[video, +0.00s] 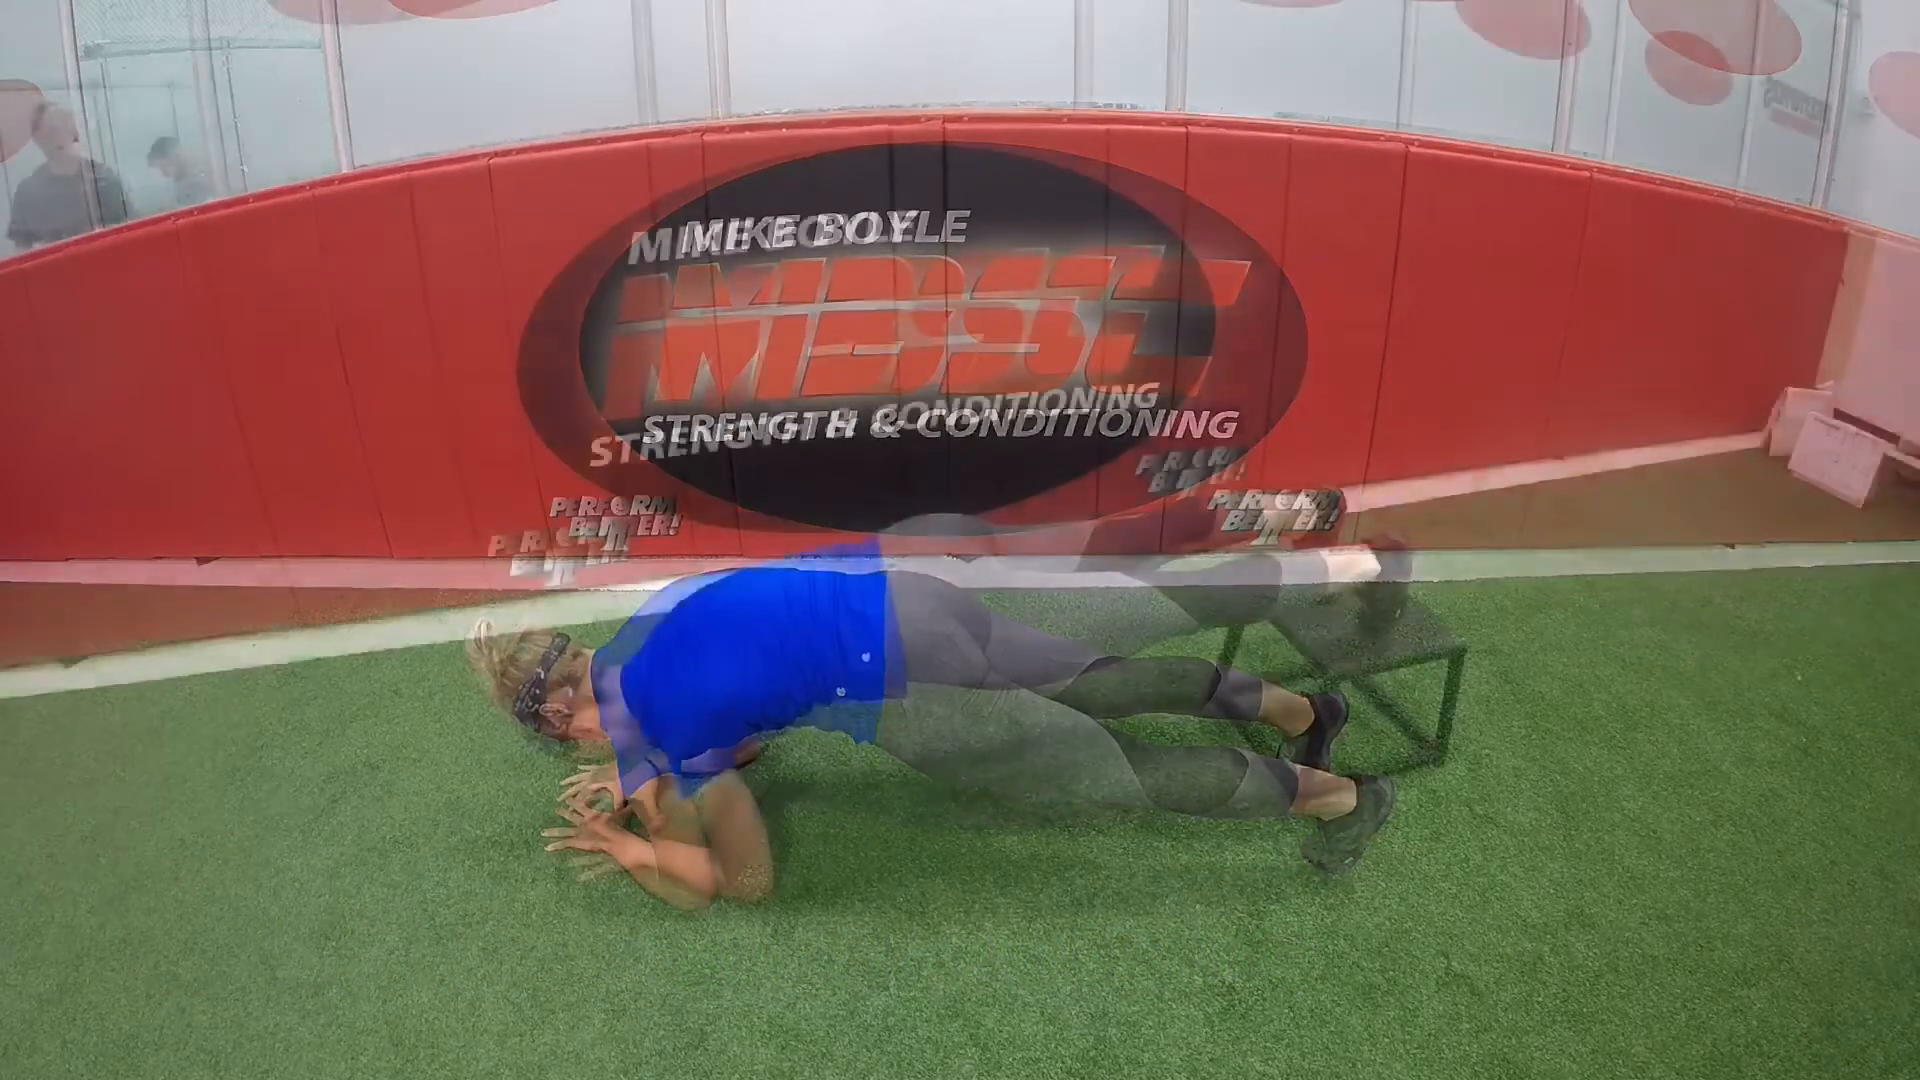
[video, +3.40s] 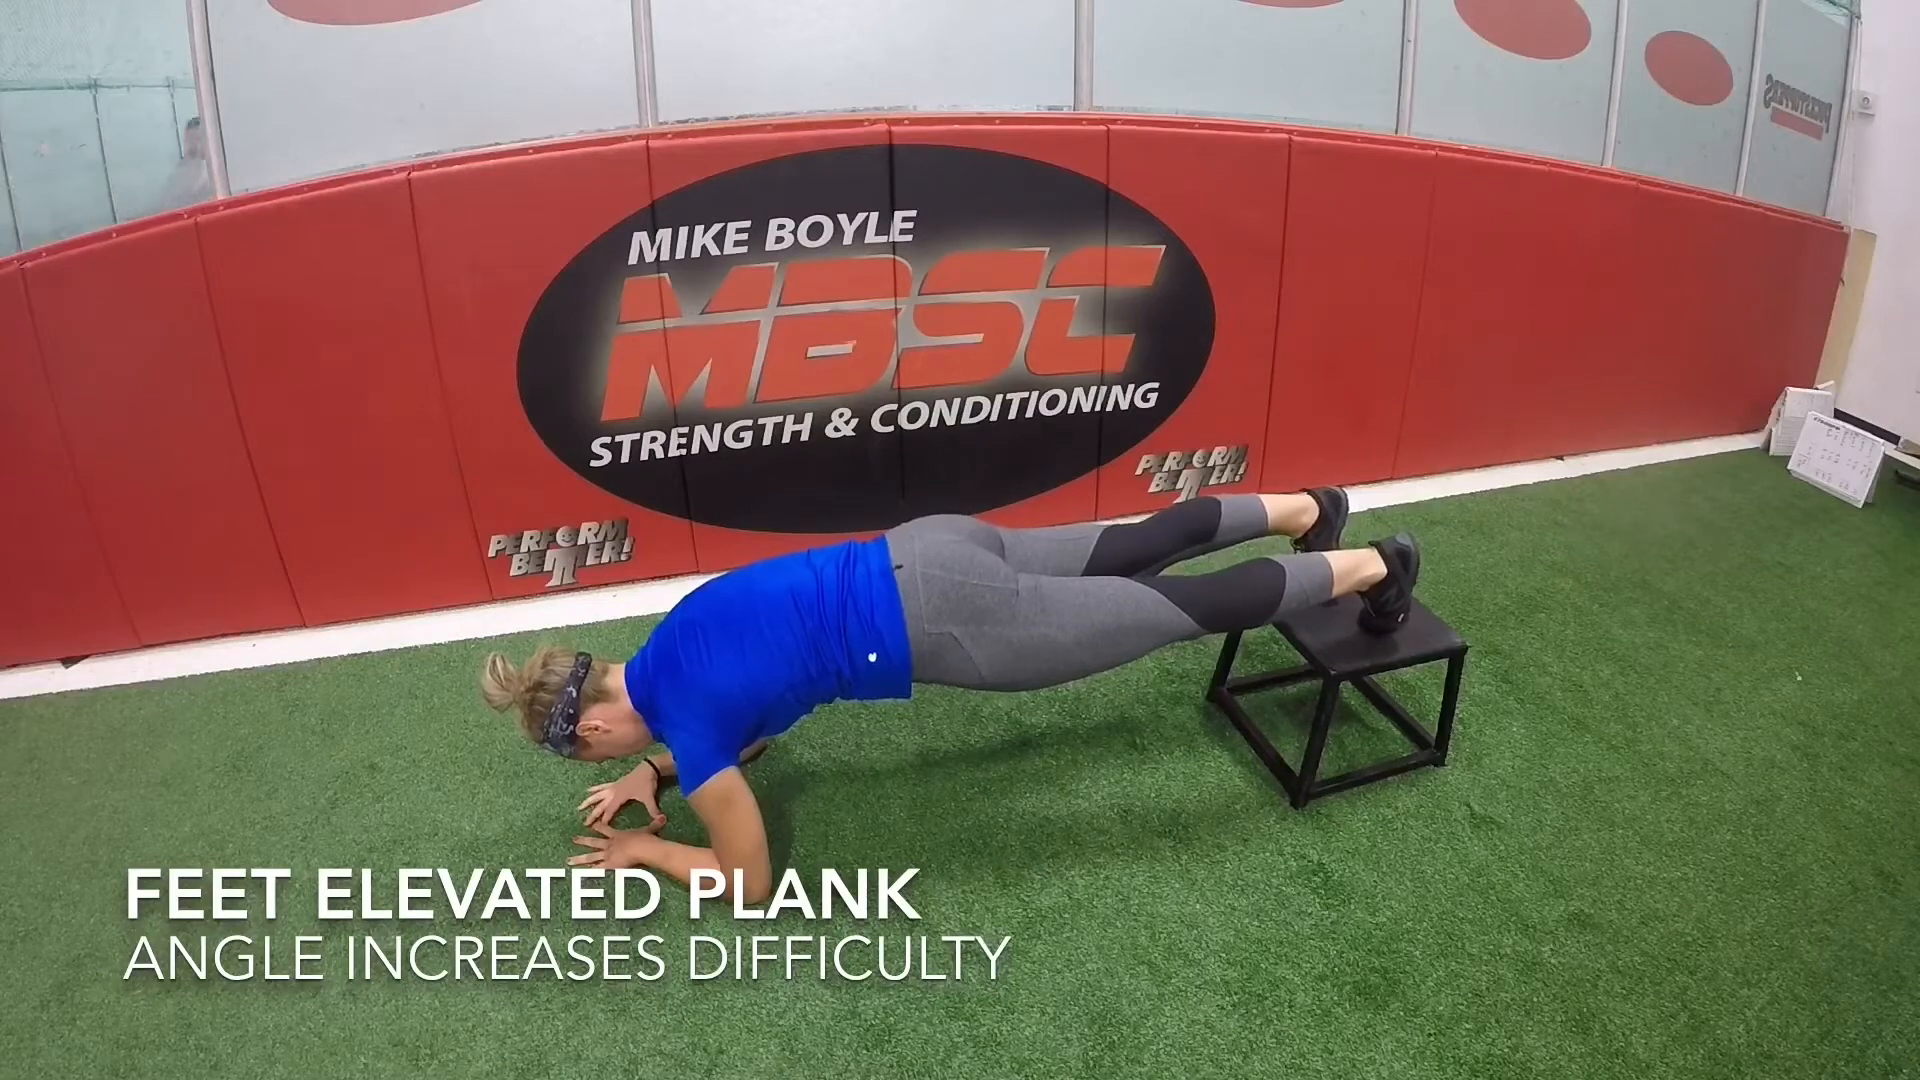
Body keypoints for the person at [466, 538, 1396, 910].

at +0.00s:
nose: (582, 744)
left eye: (564, 732)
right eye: (569, 734)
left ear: (575, 703)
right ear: (581, 660)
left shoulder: (650, 711)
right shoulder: (653, 627)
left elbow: (739, 878)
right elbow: (739, 759)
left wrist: (629, 852)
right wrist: (649, 782)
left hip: (897, 681)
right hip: (906, 583)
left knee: (1106, 774)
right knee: (1082, 670)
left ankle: (1325, 791)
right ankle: (1283, 706)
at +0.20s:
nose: (594, 755)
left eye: (578, 741)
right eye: (580, 745)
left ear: (592, 707)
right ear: (589, 677)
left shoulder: (681, 720)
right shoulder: (658, 640)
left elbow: (744, 880)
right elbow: (746, 756)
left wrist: (641, 858)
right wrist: (659, 808)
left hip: (926, 626)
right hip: (905, 544)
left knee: (1147, 611)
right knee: (1101, 556)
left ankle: (1330, 572)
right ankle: (1260, 514)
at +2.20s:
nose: (609, 752)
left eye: (593, 743)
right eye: (597, 745)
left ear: (602, 710)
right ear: (601, 670)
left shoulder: (689, 717)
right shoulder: (673, 629)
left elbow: (748, 878)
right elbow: (749, 741)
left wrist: (645, 852)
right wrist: (660, 792)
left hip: (942, 629)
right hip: (921, 540)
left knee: (1176, 607)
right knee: (1119, 544)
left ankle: (1346, 566)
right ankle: (1276, 508)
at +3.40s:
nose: (609, 755)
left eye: (593, 746)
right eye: (597, 748)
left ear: (601, 711)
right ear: (600, 673)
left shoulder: (689, 719)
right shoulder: (670, 631)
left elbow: (746, 878)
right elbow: (749, 736)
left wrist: (646, 851)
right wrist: (660, 792)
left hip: (935, 626)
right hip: (918, 539)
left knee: (1165, 613)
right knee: (1114, 547)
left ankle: (1345, 570)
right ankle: (1274, 507)